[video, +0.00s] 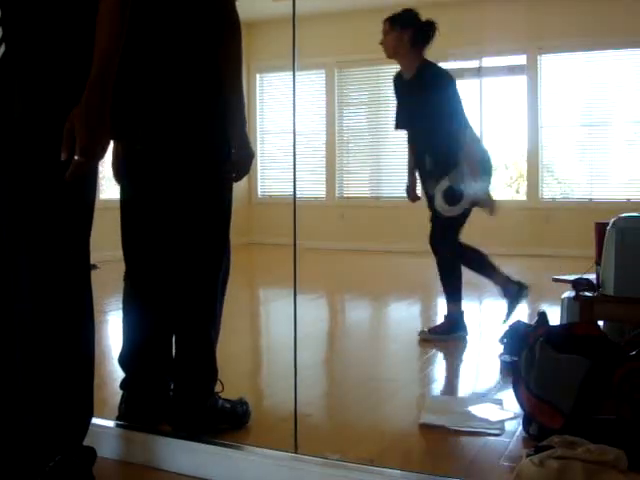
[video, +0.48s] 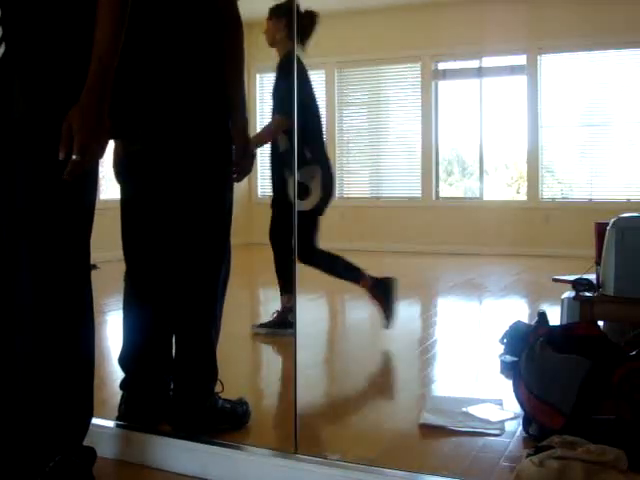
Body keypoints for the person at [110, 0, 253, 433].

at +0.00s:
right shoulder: (224, 14)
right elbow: (229, 61)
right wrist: (238, 133)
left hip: (141, 132)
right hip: (202, 133)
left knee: (146, 266)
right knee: (203, 268)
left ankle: (142, 396)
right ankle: (196, 396)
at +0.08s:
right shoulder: (224, 14)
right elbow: (229, 65)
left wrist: (117, 134)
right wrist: (239, 134)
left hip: (141, 136)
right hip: (201, 138)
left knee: (145, 269)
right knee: (203, 271)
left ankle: (141, 396)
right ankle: (196, 397)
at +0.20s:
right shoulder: (225, 13)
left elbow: (108, 54)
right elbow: (230, 62)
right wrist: (239, 134)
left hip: (141, 138)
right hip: (201, 139)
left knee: (146, 269)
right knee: (203, 272)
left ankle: (142, 397)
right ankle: (195, 397)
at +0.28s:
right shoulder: (225, 13)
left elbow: (109, 57)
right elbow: (230, 64)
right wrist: (240, 134)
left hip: (141, 138)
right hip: (201, 140)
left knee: (146, 270)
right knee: (203, 272)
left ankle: (142, 396)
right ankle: (196, 397)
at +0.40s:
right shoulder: (227, 15)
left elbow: (107, 47)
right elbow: (231, 61)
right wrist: (241, 132)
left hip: (141, 135)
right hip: (201, 136)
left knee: (146, 268)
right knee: (204, 270)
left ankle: (142, 396)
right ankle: (196, 396)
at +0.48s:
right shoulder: (227, 16)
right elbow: (231, 50)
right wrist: (241, 131)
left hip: (142, 130)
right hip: (202, 132)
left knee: (146, 266)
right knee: (204, 268)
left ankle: (142, 396)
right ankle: (196, 396)